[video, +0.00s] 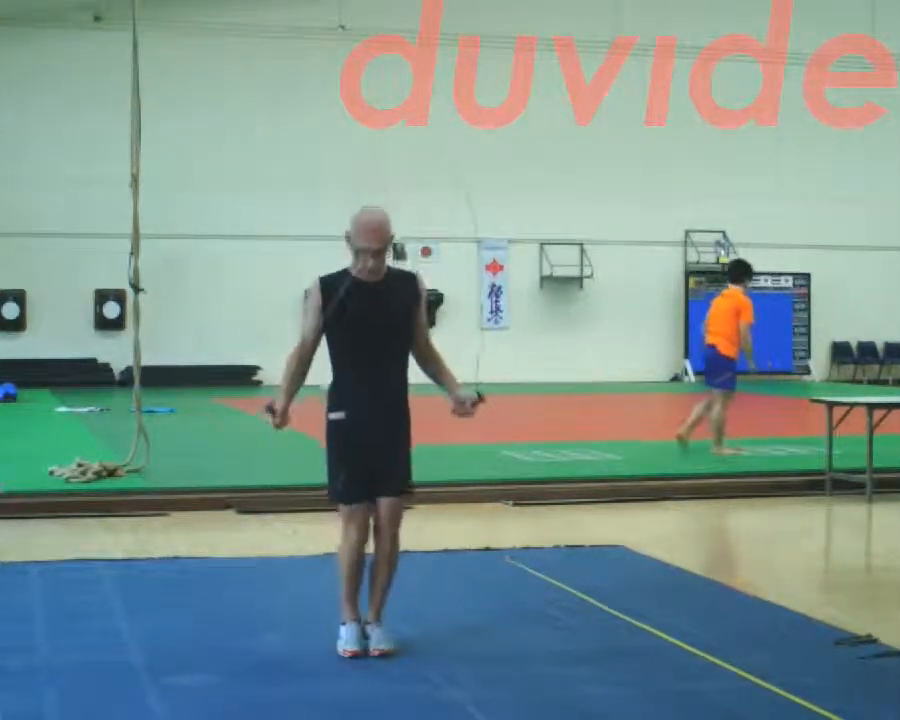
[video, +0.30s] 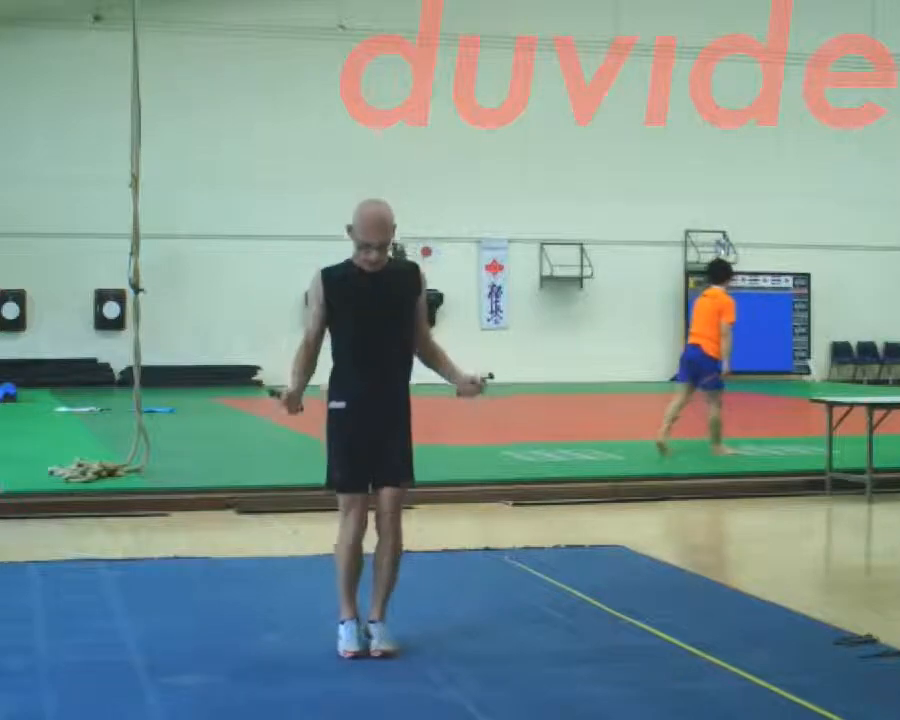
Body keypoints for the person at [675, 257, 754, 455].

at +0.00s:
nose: (750, 282)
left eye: (749, 278)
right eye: (749, 278)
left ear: (729, 277)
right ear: (746, 279)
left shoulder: (719, 298)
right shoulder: (743, 301)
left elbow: (706, 324)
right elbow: (744, 331)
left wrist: (710, 342)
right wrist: (750, 357)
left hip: (711, 348)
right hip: (725, 351)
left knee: (714, 395)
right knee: (721, 398)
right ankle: (718, 444)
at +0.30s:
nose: (731, 279)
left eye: (730, 276)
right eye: (730, 276)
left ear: (710, 277)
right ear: (727, 278)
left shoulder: (702, 298)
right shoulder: (726, 301)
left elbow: (695, 327)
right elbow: (725, 332)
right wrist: (726, 361)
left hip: (690, 350)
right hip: (708, 354)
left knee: (683, 393)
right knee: (715, 401)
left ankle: (663, 433)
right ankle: (716, 445)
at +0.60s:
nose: (733, 279)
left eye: (733, 276)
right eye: (732, 276)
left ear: (712, 275)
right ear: (728, 277)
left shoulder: (702, 297)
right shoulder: (725, 301)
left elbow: (690, 324)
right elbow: (724, 331)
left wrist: (698, 342)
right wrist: (727, 360)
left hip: (694, 349)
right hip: (712, 352)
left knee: (688, 395)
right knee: (717, 400)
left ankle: (666, 434)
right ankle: (712, 444)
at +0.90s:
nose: (746, 281)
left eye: (746, 277)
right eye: (746, 277)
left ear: (727, 275)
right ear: (743, 277)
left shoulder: (715, 295)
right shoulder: (739, 299)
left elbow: (695, 316)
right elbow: (745, 330)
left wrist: (711, 329)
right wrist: (756, 357)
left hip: (711, 347)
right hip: (725, 350)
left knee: (728, 394)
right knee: (720, 397)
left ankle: (713, 439)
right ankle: (712, 444)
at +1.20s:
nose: (762, 285)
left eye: (763, 281)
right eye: (762, 280)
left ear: (744, 278)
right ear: (758, 279)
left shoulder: (735, 299)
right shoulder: (755, 301)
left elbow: (722, 329)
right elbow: (761, 329)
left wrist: (735, 341)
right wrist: (773, 356)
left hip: (736, 353)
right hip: (748, 355)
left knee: (749, 402)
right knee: (739, 401)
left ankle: (759, 443)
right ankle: (715, 442)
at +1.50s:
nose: (780, 281)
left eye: (781, 277)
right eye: (780, 277)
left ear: (763, 275)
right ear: (775, 276)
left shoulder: (753, 295)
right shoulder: (770, 298)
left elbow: (751, 326)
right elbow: (772, 328)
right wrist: (778, 357)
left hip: (753, 351)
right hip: (766, 354)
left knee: (758, 397)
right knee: (784, 398)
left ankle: (757, 439)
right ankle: (770, 435)